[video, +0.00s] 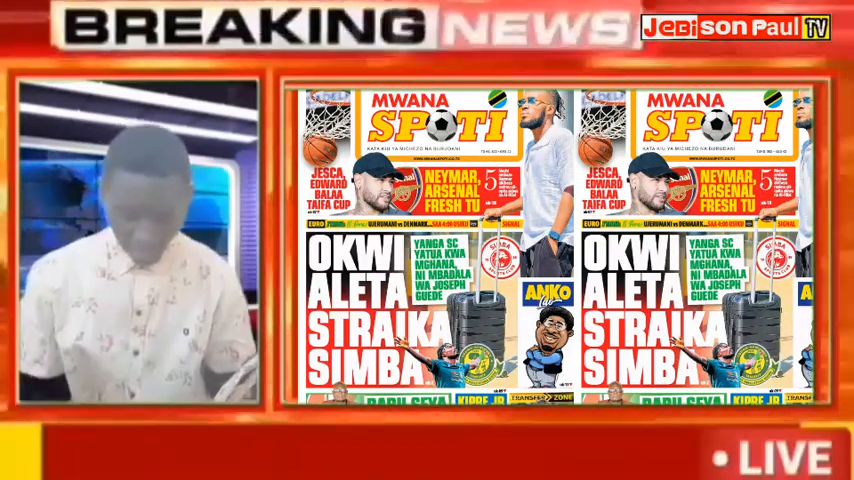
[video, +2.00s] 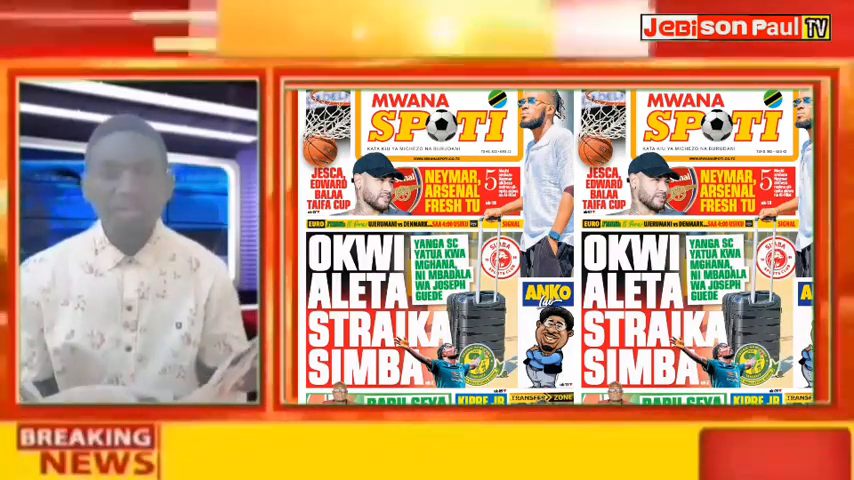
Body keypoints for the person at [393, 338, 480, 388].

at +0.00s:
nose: (453, 348)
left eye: (453, 347)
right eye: (449, 347)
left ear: (455, 352)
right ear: (443, 354)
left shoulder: (462, 367)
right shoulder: (438, 365)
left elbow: (474, 365)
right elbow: (423, 359)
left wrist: (478, 360)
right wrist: (408, 348)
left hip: (461, 403)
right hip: (444, 403)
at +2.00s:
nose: (453, 348)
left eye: (453, 347)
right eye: (449, 347)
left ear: (455, 351)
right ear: (443, 354)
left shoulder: (462, 367)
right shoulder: (438, 365)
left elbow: (474, 365)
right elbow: (423, 359)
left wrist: (478, 360)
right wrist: (408, 348)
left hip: (461, 403)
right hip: (444, 403)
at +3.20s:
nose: (453, 348)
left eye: (453, 347)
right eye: (449, 348)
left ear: (456, 352)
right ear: (443, 354)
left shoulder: (462, 367)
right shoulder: (439, 365)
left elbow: (474, 365)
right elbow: (423, 359)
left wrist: (478, 360)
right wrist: (408, 348)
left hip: (461, 403)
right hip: (445, 403)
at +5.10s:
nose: (453, 348)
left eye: (453, 347)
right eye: (449, 347)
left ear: (456, 352)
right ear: (443, 354)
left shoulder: (462, 367)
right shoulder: (439, 365)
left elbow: (474, 365)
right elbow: (423, 359)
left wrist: (478, 360)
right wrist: (407, 348)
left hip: (461, 403)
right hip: (444, 403)